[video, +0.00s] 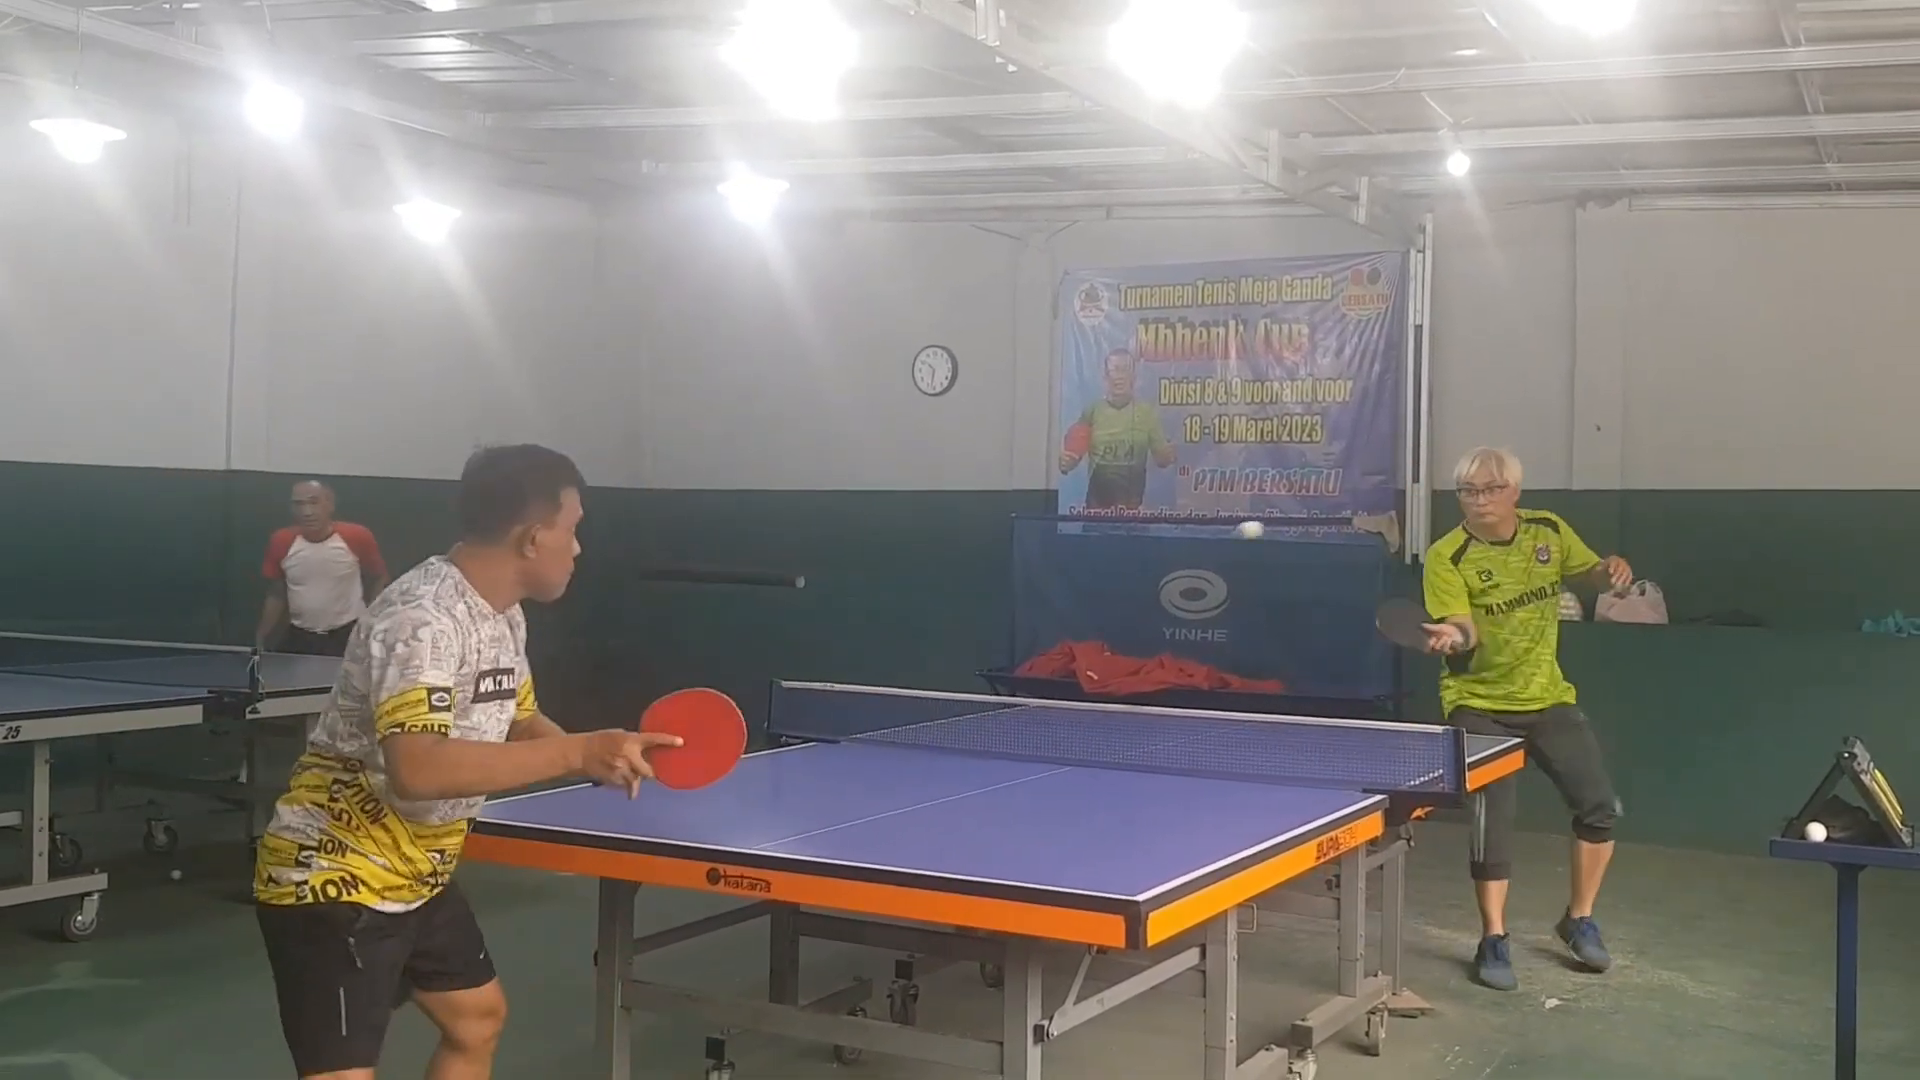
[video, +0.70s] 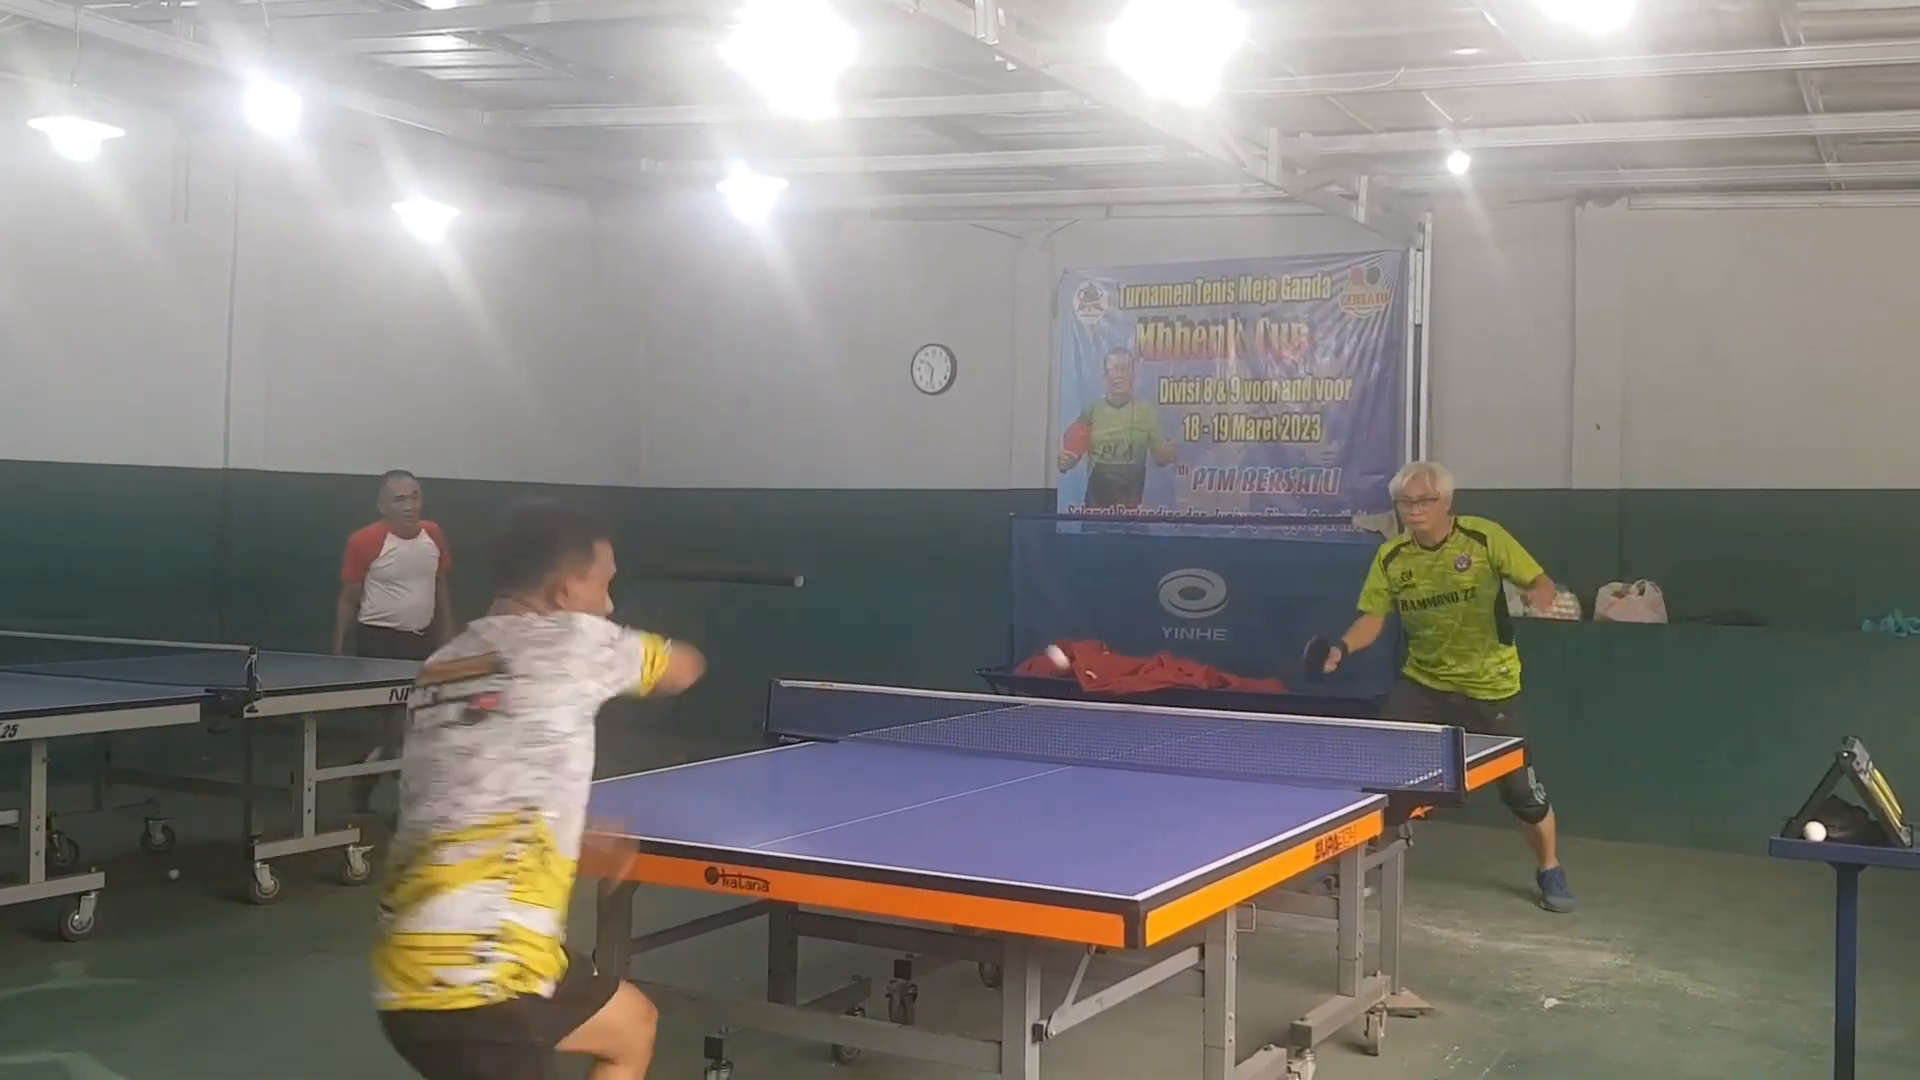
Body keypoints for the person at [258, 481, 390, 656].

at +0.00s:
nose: (307, 511)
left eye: (314, 503)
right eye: (299, 504)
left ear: (330, 504)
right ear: (292, 508)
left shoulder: (357, 537)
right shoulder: (282, 542)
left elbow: (379, 579)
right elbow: (276, 594)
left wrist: (373, 623)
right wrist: (260, 639)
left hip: (348, 640)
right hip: (300, 640)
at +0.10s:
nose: (328, 508)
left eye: (336, 499)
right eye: (320, 500)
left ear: (351, 500)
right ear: (312, 505)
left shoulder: (374, 536)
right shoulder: (296, 540)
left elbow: (389, 586)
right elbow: (288, 594)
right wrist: (273, 639)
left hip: (365, 637)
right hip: (314, 638)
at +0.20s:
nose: (347, 506)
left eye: (355, 497)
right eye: (339, 498)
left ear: (369, 499)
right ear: (329, 501)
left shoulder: (386, 535)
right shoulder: (309, 537)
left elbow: (398, 584)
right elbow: (299, 592)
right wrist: (288, 640)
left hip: (374, 634)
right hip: (324, 634)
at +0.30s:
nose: (364, 506)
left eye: (371, 498)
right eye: (355, 498)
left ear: (381, 501)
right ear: (341, 502)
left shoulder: (393, 535)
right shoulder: (320, 536)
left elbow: (407, 584)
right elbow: (307, 591)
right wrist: (300, 640)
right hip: (330, 636)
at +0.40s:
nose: (377, 507)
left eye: (383, 499)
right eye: (368, 499)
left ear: (393, 502)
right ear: (353, 503)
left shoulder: (402, 536)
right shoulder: (330, 536)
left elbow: (412, 588)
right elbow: (315, 593)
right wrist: (306, 647)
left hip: (389, 638)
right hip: (340, 637)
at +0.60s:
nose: (399, 509)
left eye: (404, 500)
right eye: (389, 502)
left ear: (412, 505)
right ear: (373, 508)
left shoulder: (423, 537)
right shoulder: (352, 542)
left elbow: (433, 591)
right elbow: (335, 599)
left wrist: (434, 635)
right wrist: (323, 646)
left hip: (412, 641)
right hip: (367, 640)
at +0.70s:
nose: (409, 505)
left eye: (414, 497)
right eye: (399, 499)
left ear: (421, 501)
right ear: (382, 506)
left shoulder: (432, 533)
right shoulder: (363, 541)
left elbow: (441, 589)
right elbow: (349, 600)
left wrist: (446, 639)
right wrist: (338, 652)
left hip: (422, 639)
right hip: (377, 639)